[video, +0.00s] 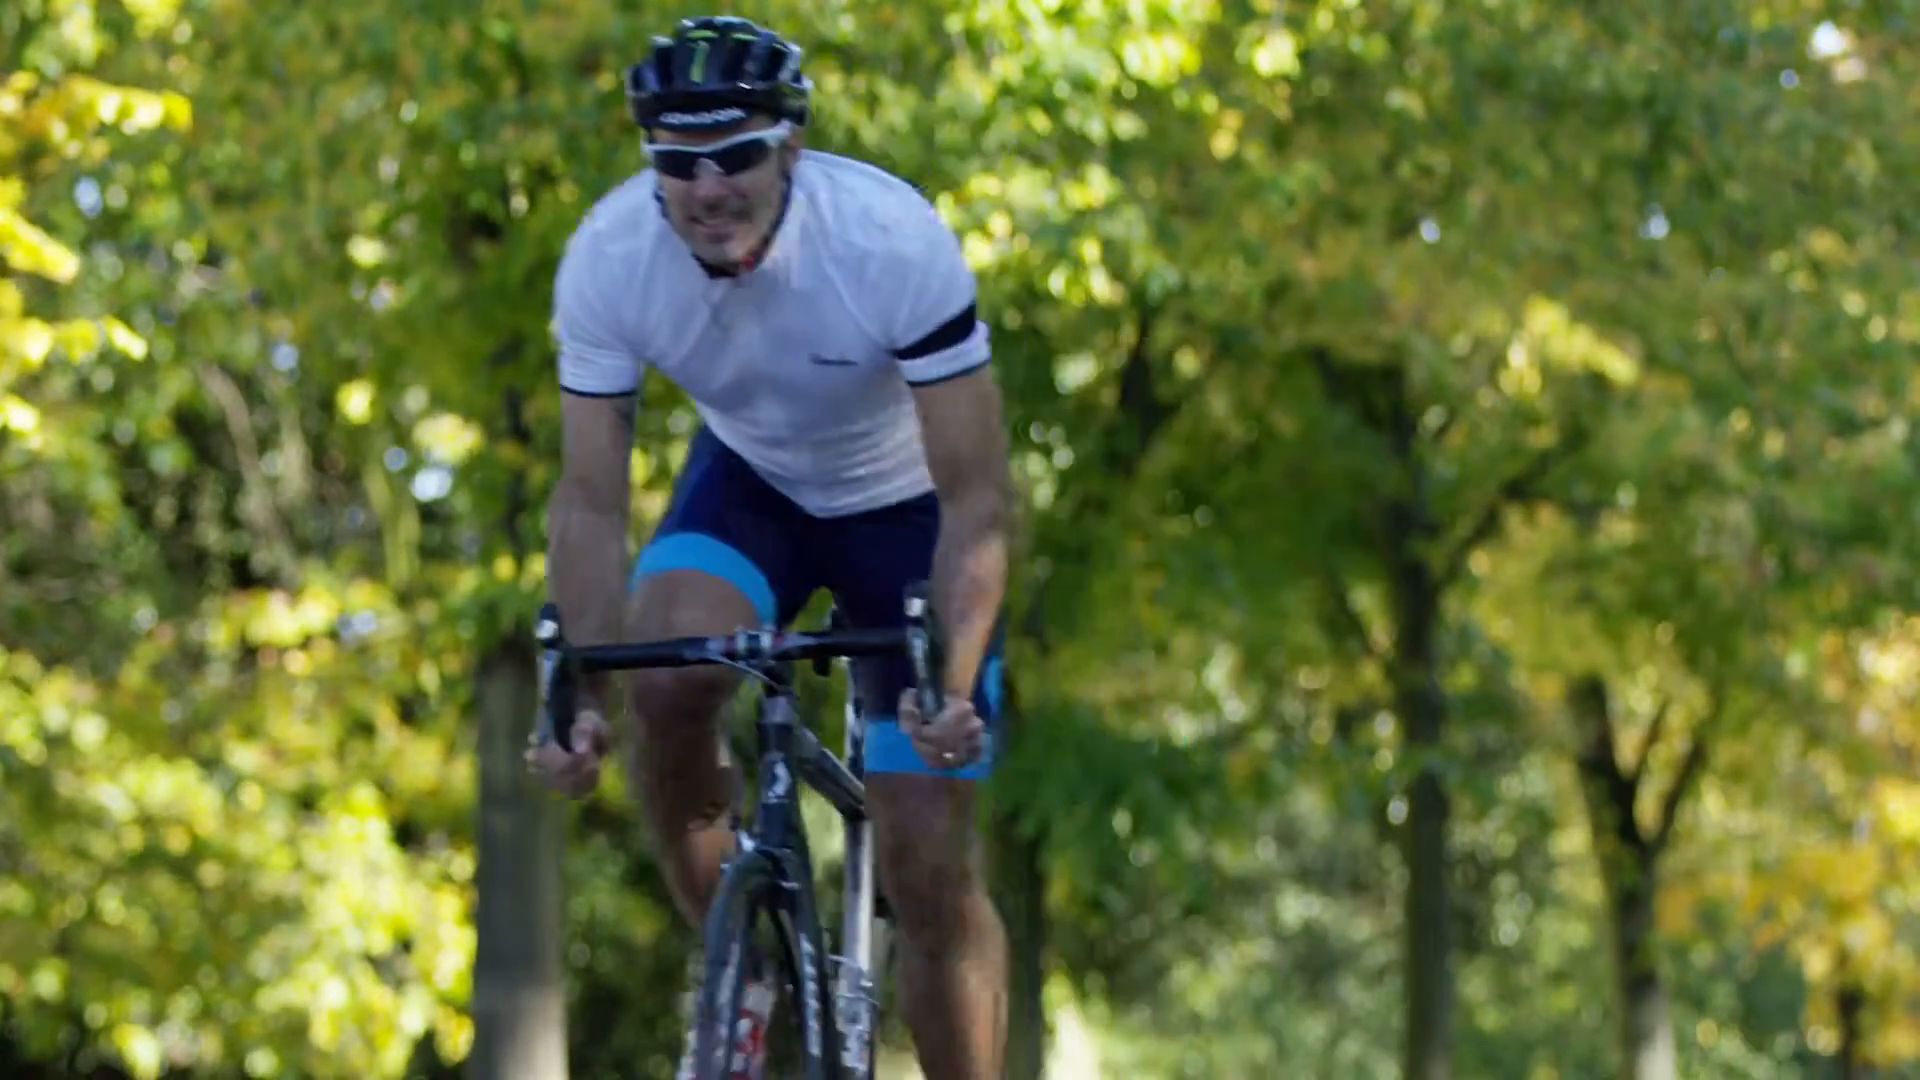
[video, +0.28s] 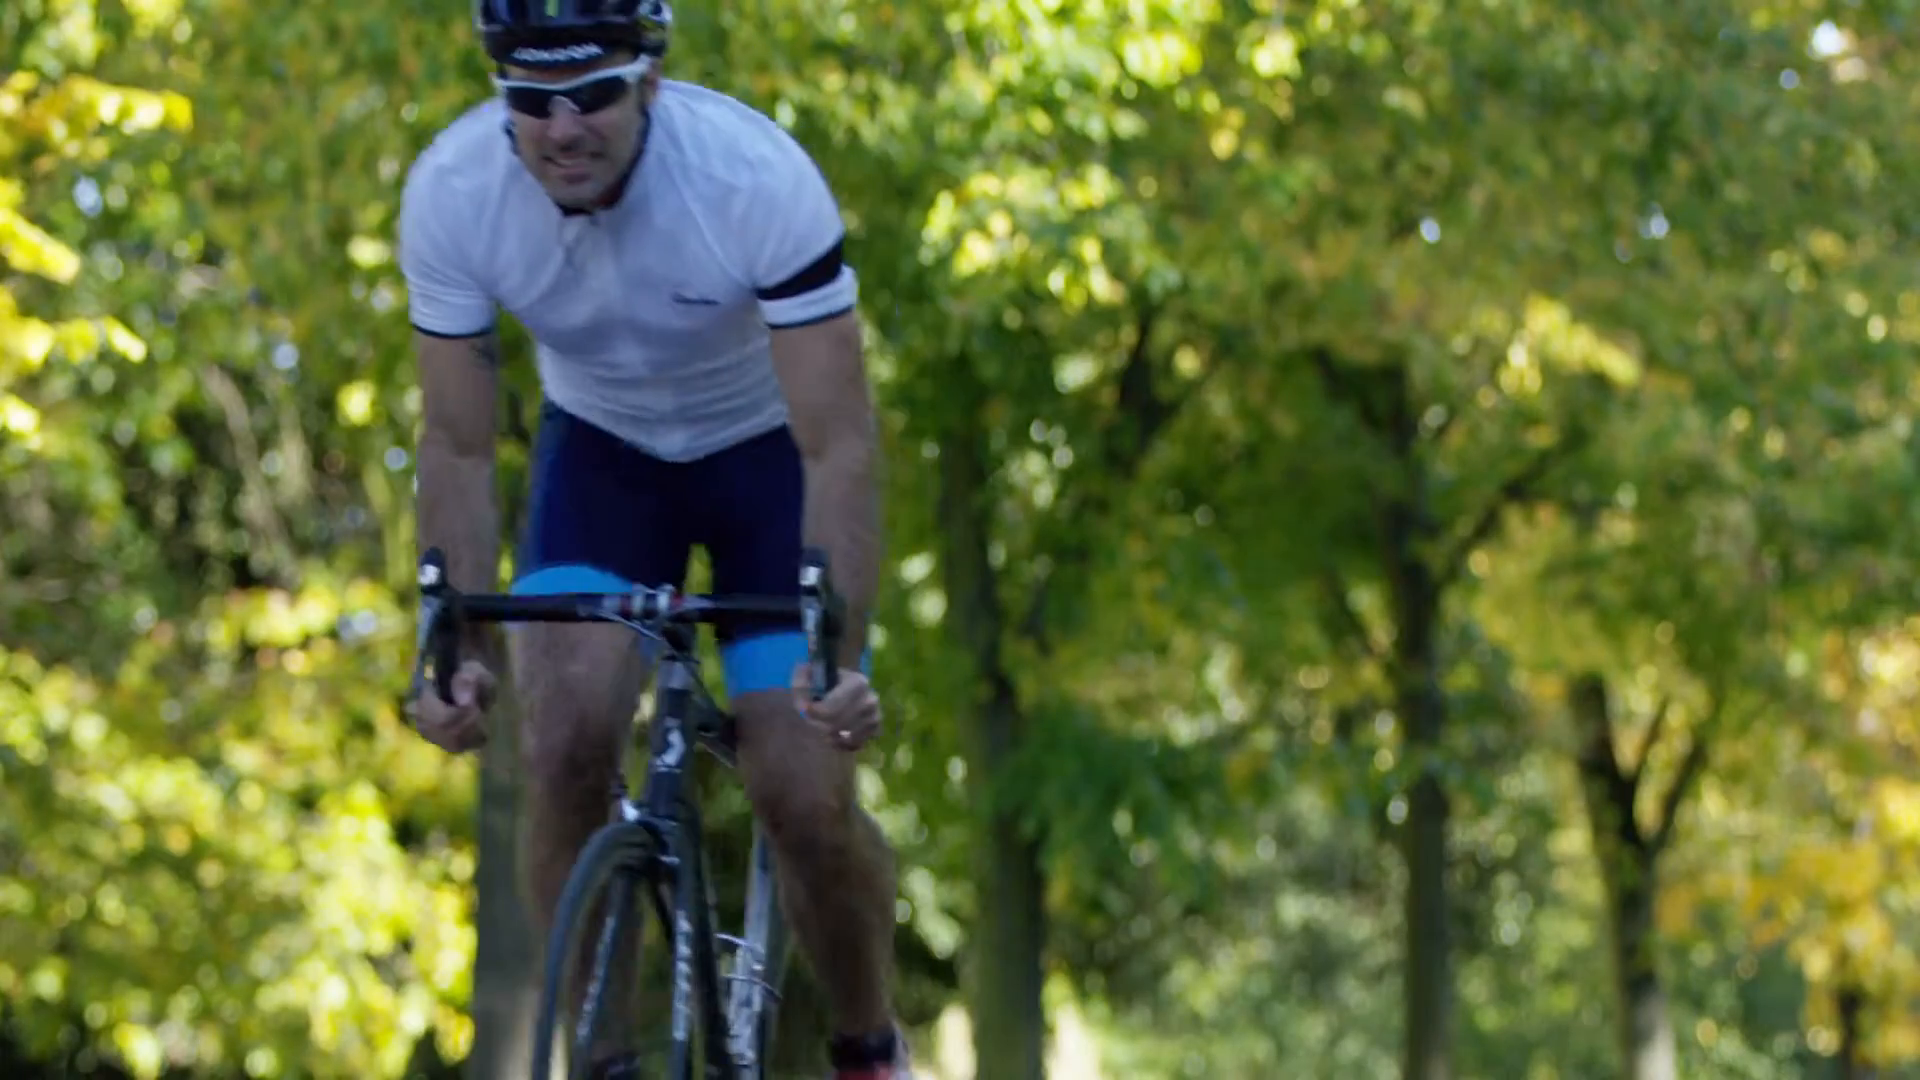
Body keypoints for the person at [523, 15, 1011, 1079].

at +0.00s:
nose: (709, 188)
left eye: (737, 157)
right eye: (680, 163)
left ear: (792, 150)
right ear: (650, 162)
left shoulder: (899, 244)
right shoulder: (608, 261)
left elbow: (977, 493)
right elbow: (588, 494)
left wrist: (952, 686)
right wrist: (582, 683)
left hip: (905, 498)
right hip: (745, 475)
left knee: (925, 861)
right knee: (665, 672)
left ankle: (959, 1071)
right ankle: (735, 975)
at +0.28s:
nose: (566, 130)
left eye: (597, 97)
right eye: (534, 101)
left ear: (652, 77)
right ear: (500, 92)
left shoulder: (758, 180)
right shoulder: (450, 196)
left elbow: (837, 433)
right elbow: (456, 439)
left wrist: (840, 655)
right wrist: (456, 638)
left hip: (764, 437)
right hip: (597, 438)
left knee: (798, 787)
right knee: (564, 741)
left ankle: (869, 1046)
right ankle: (600, 1059)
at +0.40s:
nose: (500, 101)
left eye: (533, 67)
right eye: (468, 72)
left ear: (589, 47)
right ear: (436, 65)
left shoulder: (701, 160)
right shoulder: (384, 169)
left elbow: (776, 419)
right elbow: (389, 412)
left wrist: (783, 639)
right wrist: (395, 606)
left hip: (702, 429)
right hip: (528, 439)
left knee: (727, 737)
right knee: (513, 760)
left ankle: (815, 988)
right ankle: (531, 1067)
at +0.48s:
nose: (461, 80)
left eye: (492, 45)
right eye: (427, 51)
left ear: (550, 29)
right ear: (395, 49)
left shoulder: (663, 144)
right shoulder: (339, 151)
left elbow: (734, 410)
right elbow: (343, 407)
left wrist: (739, 631)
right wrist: (347, 599)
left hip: (661, 420)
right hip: (484, 435)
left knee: (682, 704)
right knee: (477, 771)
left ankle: (767, 954)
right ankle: (496, 1073)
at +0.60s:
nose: (400, 49)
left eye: (429, 20)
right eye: (366, 25)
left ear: (483, 14)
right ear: (332, 28)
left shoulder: (600, 118)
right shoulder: (268, 124)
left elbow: (672, 396)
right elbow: (265, 386)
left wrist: (673, 623)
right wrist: (267, 587)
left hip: (595, 392)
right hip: (414, 416)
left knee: (612, 646)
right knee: (412, 790)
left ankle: (685, 904)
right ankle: (438, 1071)